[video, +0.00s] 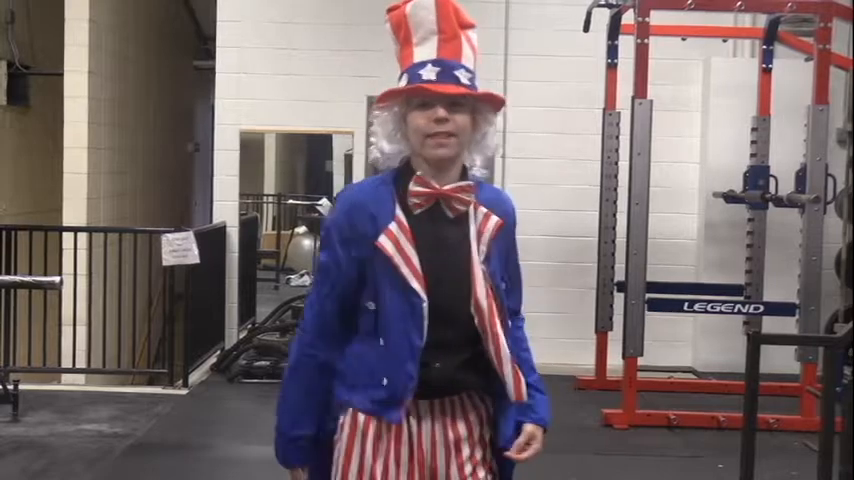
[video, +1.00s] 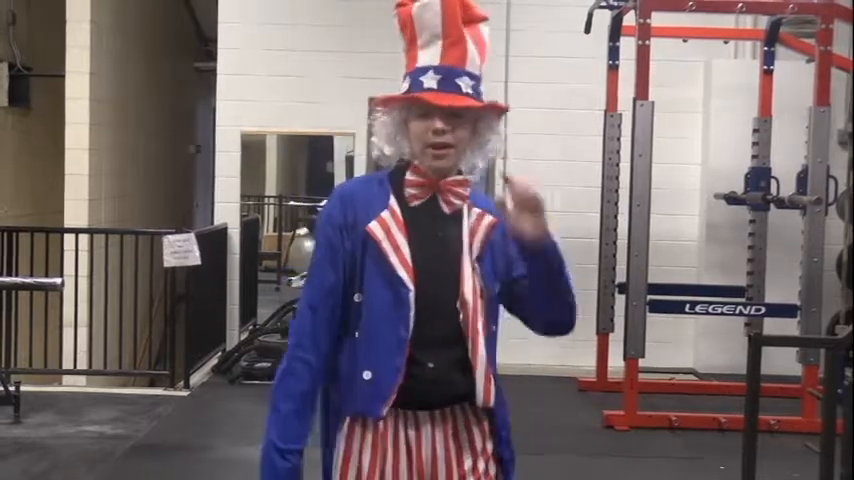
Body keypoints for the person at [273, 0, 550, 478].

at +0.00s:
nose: (441, 117)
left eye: (455, 105)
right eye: (425, 105)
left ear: (475, 121)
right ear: (404, 121)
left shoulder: (496, 209)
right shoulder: (360, 207)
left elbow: (510, 320)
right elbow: (322, 328)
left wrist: (531, 406)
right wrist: (298, 440)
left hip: (466, 422)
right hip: (376, 424)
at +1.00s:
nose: (440, 129)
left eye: (455, 117)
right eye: (426, 115)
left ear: (475, 129)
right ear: (404, 124)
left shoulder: (489, 216)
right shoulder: (354, 205)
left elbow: (555, 321)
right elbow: (312, 336)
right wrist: (280, 459)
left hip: (467, 429)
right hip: (375, 431)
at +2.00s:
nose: (402, 116)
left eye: (423, 109)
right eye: (395, 101)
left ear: (450, 132)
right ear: (378, 113)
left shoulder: (467, 214)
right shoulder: (329, 203)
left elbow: (549, 256)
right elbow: (287, 332)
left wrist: (479, 171)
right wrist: (285, 464)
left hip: (442, 431)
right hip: (351, 436)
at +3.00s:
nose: (396, 121)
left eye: (417, 116)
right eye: (389, 106)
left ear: (440, 140)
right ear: (370, 115)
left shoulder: (448, 223)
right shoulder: (311, 202)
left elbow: (507, 307)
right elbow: (255, 324)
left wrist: (469, 205)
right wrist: (225, 459)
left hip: (404, 440)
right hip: (312, 437)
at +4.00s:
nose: (414, 107)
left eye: (432, 99)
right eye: (401, 95)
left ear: (456, 121)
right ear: (382, 111)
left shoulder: (475, 211)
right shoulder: (335, 207)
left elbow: (542, 285)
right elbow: (298, 346)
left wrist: (488, 183)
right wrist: (286, 467)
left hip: (455, 437)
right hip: (358, 440)